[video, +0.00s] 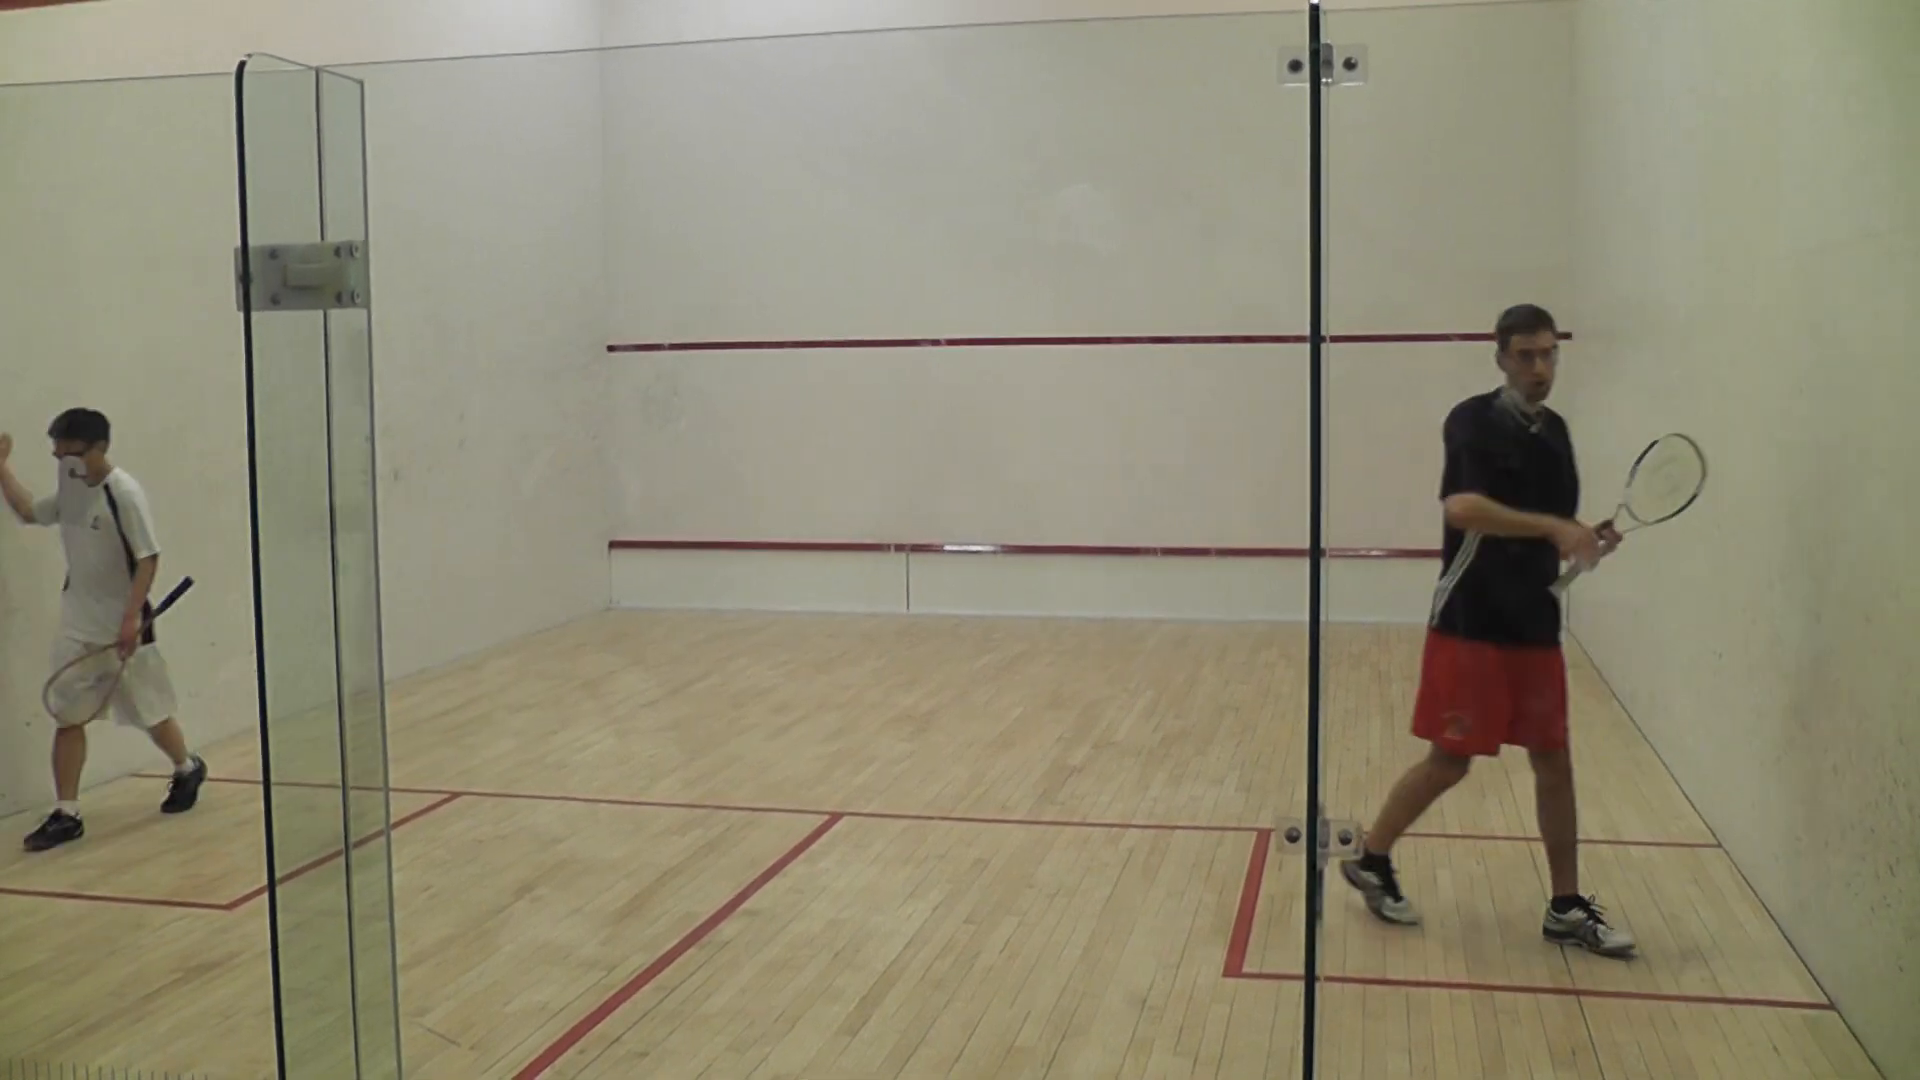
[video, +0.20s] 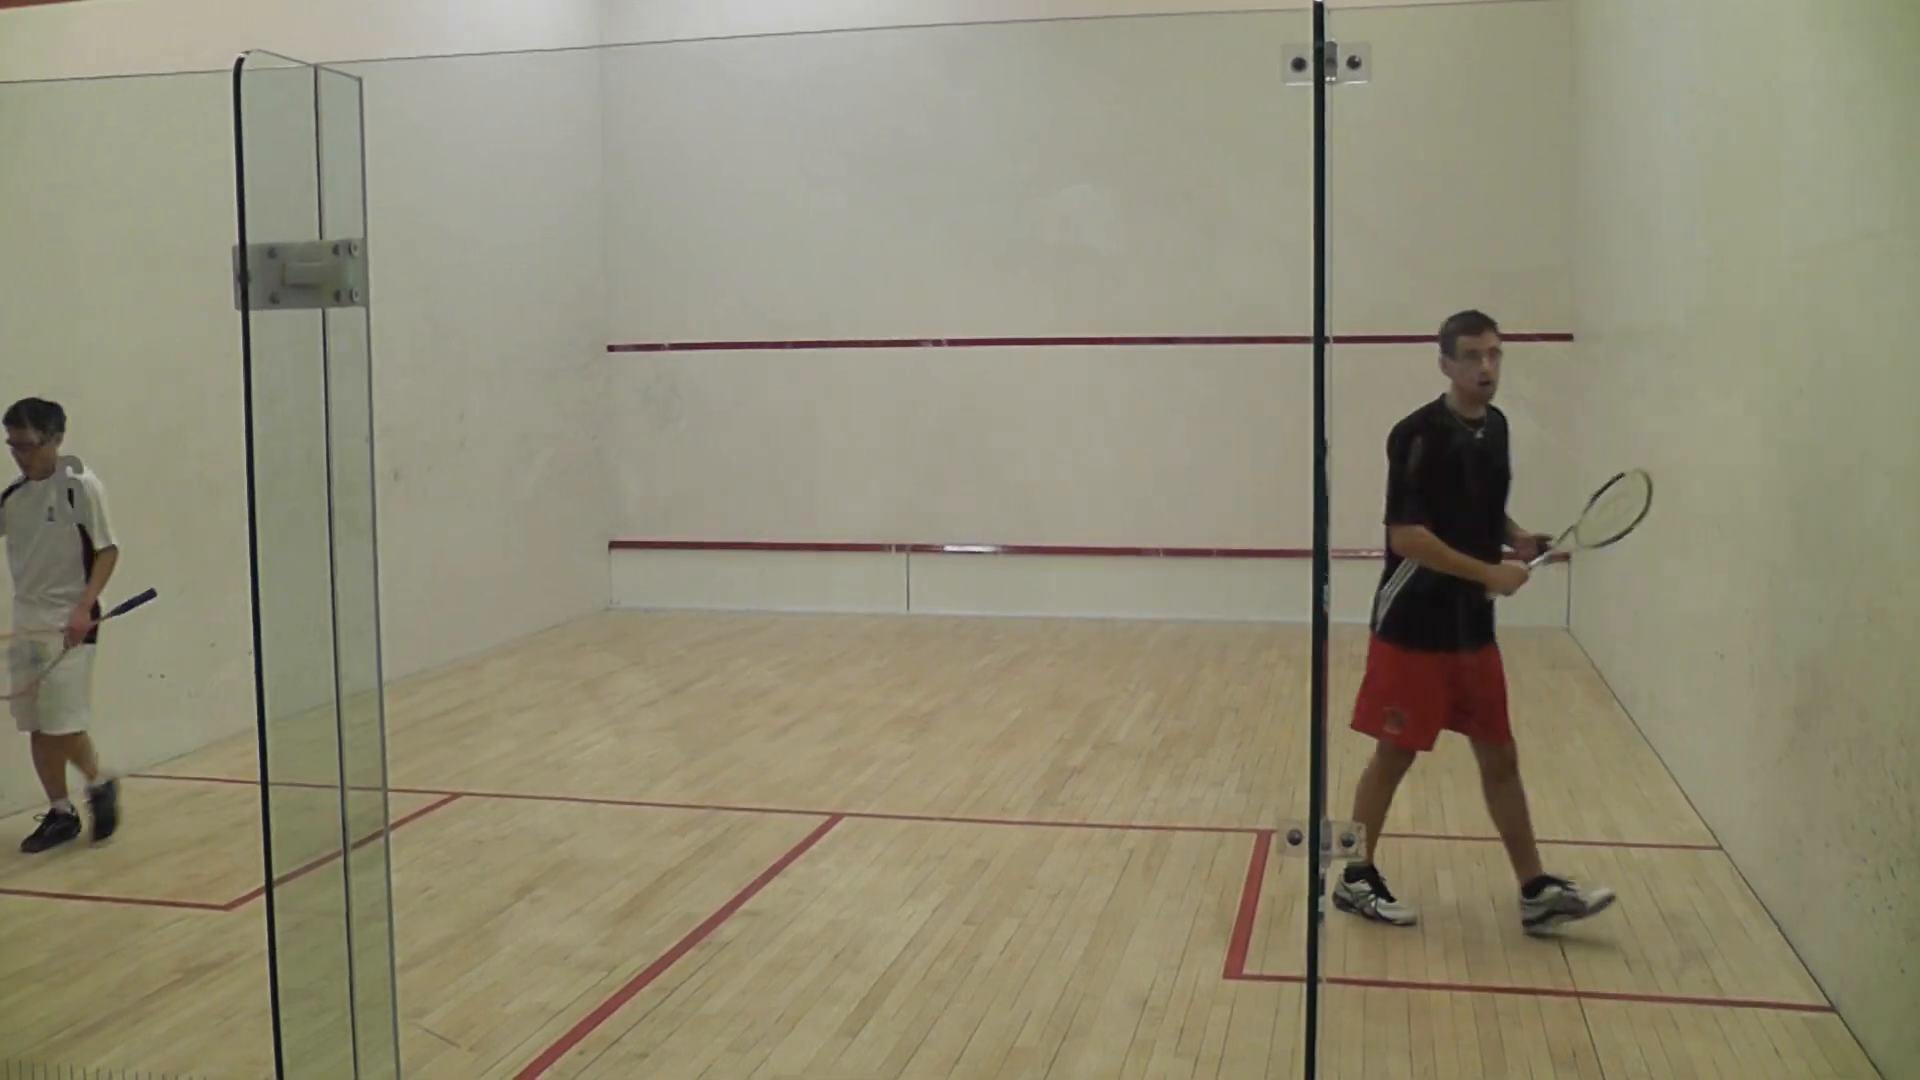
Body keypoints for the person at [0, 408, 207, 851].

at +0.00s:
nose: (66, 465)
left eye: (72, 456)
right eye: (62, 457)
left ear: (100, 449)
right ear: (62, 455)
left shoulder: (123, 492)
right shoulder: (71, 487)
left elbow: (148, 558)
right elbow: (30, 511)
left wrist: (132, 617)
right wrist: (3, 468)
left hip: (124, 625)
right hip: (79, 624)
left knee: (150, 710)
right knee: (68, 717)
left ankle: (187, 769)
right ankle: (66, 813)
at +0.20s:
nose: (19, 455)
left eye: (27, 445)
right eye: (13, 445)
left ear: (55, 440)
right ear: (9, 442)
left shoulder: (80, 484)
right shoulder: (10, 496)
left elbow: (107, 550)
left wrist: (84, 606)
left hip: (67, 623)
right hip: (20, 624)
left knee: (63, 721)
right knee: (36, 723)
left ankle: (100, 784)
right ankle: (60, 811)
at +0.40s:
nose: (0, 462)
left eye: (3, 453)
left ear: (15, 449)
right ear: (6, 450)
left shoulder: (39, 493)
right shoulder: (14, 495)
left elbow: (82, 551)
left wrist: (62, 608)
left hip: (31, 634)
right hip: (3, 634)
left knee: (22, 741)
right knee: (20, 731)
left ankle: (1, 843)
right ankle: (56, 805)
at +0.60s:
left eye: (1, 447)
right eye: (1, 448)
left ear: (6, 447)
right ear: (6, 447)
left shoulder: (25, 499)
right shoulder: (24, 499)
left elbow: (66, 561)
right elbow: (66, 561)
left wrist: (48, 615)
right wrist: (47, 616)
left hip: (15, 659)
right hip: (10, 661)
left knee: (5, 764)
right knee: (6, 765)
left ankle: (0, 851)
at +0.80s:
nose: (1, 446)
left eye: (6, 437)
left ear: (18, 440)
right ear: (3, 441)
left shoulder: (37, 495)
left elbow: (73, 563)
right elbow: (74, 563)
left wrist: (46, 601)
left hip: (16, 651)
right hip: (9, 652)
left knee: (9, 760)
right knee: (8, 760)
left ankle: (2, 844)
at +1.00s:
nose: (37, 454)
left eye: (45, 444)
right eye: (25, 443)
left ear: (52, 450)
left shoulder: (63, 507)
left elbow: (91, 573)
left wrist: (68, 593)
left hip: (45, 660)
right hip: (1, 656)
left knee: (37, 784)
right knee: (1, 779)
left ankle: (9, 829)